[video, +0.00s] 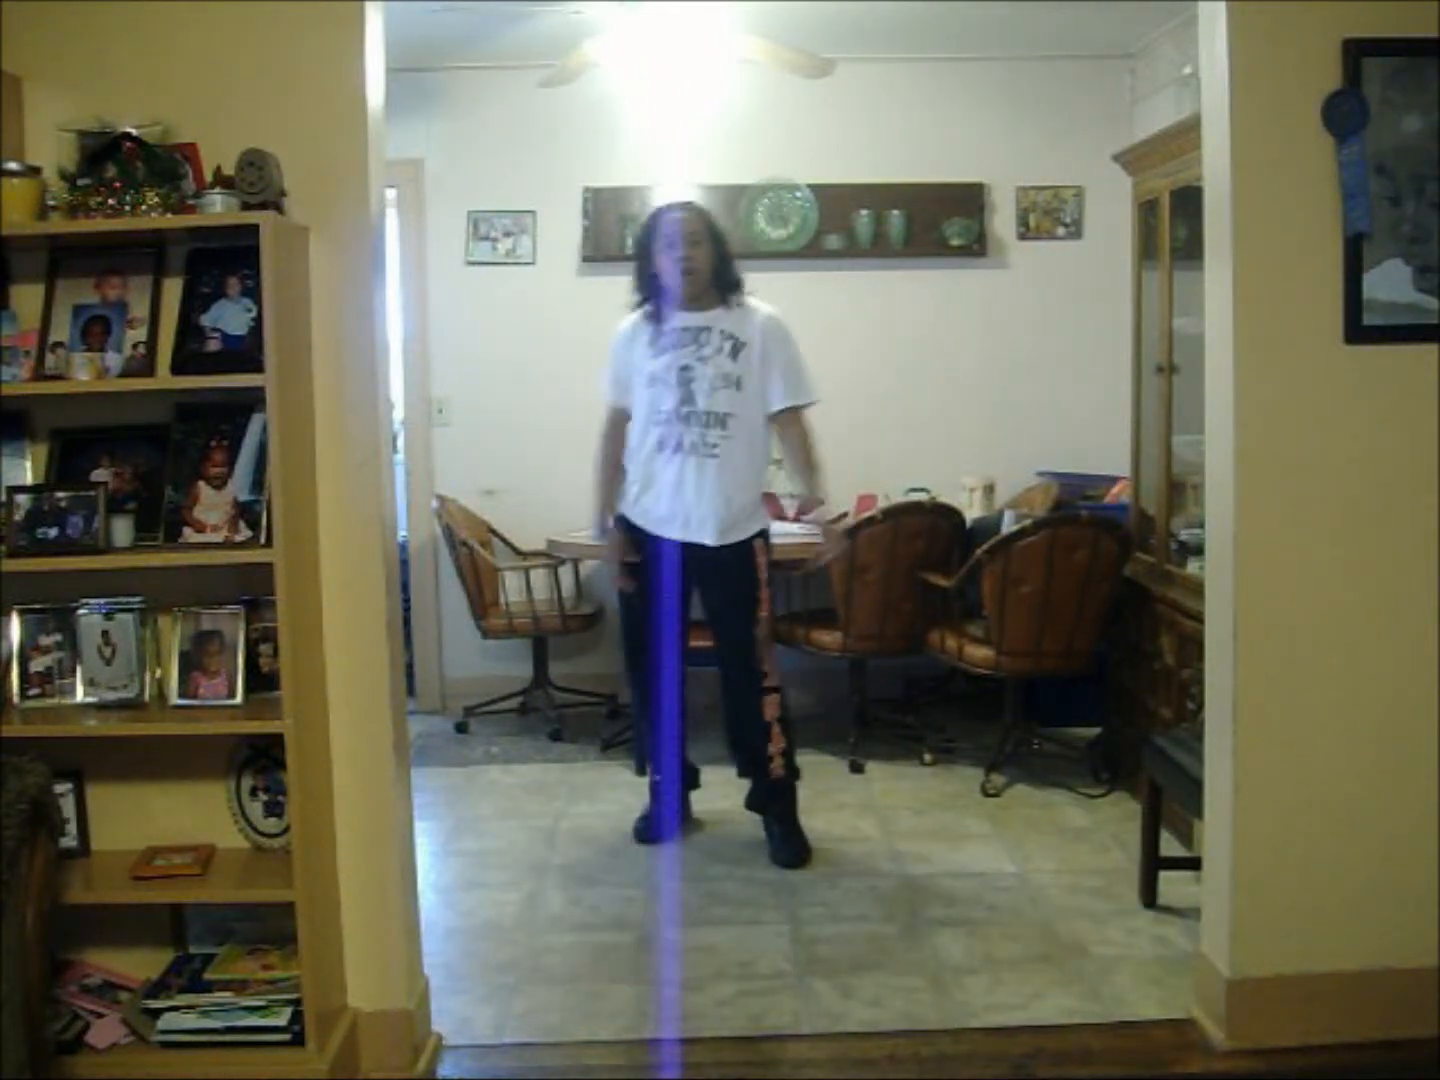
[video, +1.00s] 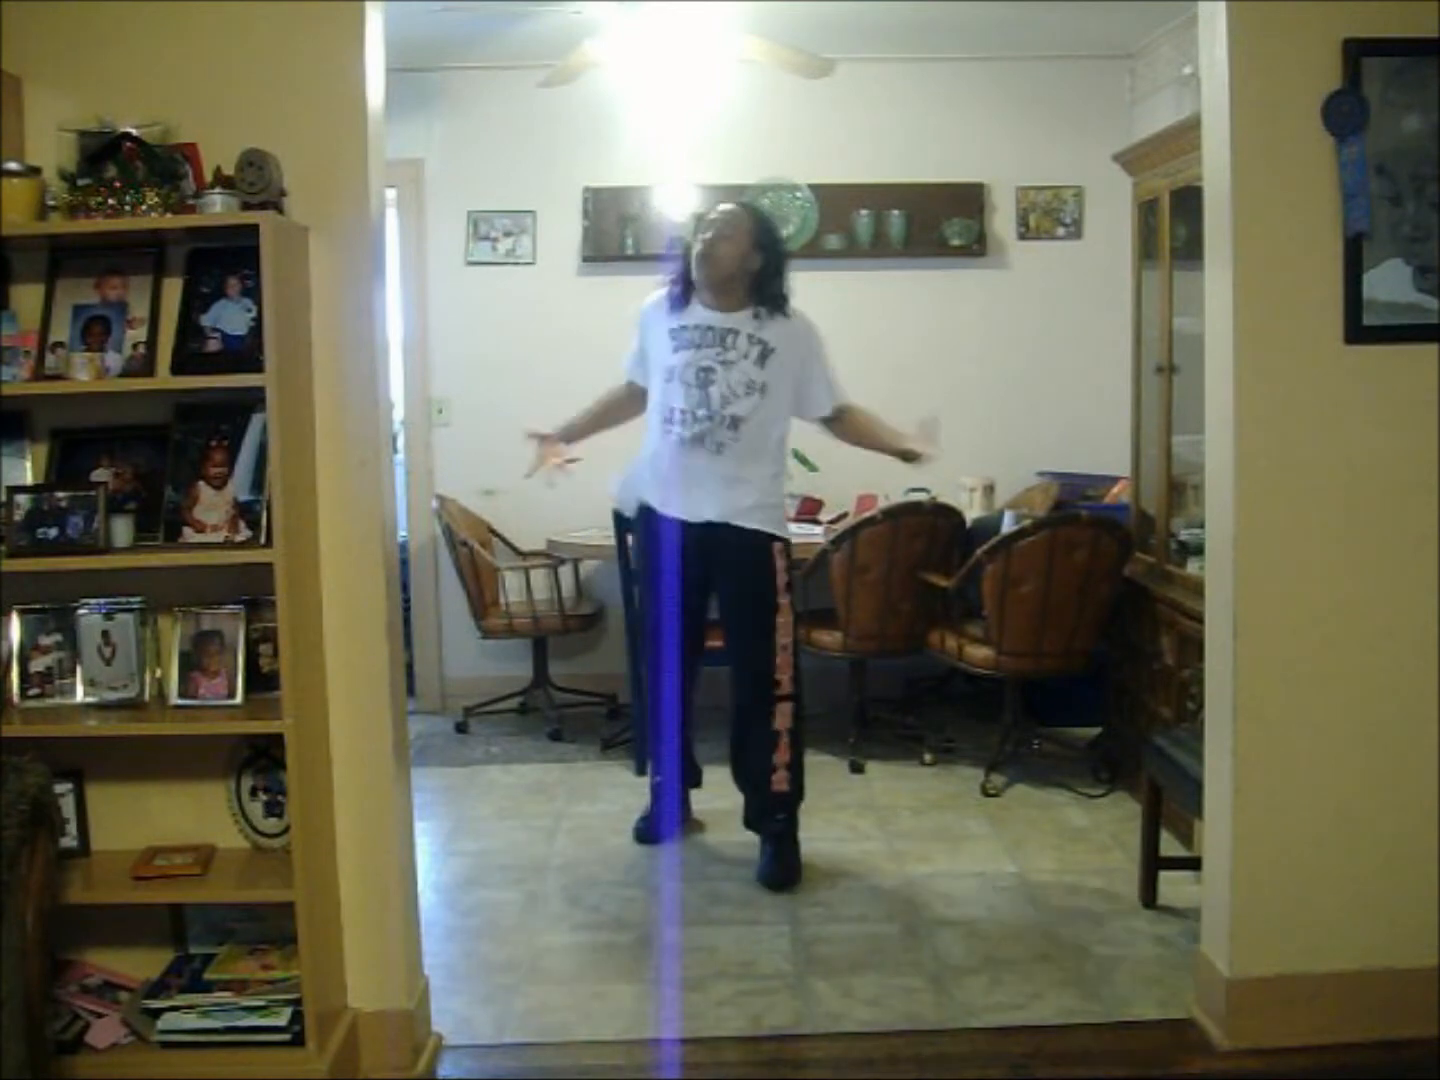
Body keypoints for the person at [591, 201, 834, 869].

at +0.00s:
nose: (682, 256)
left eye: (693, 244)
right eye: (669, 246)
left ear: (718, 252)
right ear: (648, 260)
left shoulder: (759, 328)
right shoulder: (633, 337)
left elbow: (788, 419)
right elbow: (615, 432)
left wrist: (812, 491)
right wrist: (608, 520)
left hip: (734, 523)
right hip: (650, 523)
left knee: (750, 665)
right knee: (654, 667)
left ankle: (777, 803)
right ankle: (667, 797)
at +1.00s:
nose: (709, 240)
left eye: (728, 233)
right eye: (705, 229)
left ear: (757, 258)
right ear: (691, 249)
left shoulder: (789, 331)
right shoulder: (661, 316)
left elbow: (834, 412)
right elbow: (635, 391)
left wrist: (896, 443)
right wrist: (567, 431)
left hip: (749, 517)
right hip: (665, 512)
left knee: (765, 670)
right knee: (664, 662)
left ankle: (777, 824)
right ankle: (669, 796)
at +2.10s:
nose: (614, 272)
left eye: (624, 258)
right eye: (612, 260)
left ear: (663, 256)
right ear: (633, 264)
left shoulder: (730, 323)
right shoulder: (633, 343)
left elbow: (765, 429)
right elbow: (615, 435)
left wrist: (779, 521)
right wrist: (579, 487)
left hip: (726, 531)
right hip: (648, 530)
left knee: (742, 676)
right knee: (658, 670)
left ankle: (773, 821)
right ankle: (678, 793)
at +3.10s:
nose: (702, 268)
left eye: (716, 257)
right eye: (691, 257)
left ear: (739, 267)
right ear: (674, 267)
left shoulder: (775, 347)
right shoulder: (647, 342)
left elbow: (773, 462)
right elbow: (630, 438)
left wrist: (752, 556)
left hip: (756, 513)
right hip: (677, 514)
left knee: (762, 660)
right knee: (661, 651)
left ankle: (753, 788)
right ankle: (652, 772)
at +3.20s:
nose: (709, 278)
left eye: (722, 266)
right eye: (697, 266)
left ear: (745, 274)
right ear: (676, 275)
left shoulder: (780, 346)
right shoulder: (647, 348)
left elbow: (780, 460)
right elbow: (612, 452)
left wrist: (755, 553)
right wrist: (593, 547)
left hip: (761, 517)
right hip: (679, 517)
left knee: (760, 661)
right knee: (664, 653)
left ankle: (753, 789)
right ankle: (649, 775)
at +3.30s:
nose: (705, 273)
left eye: (718, 262)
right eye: (693, 262)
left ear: (741, 269)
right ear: (674, 268)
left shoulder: (780, 338)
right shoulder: (641, 340)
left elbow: (789, 451)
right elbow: (623, 437)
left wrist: (763, 541)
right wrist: (625, 517)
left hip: (756, 519)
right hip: (672, 522)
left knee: (756, 666)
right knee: (669, 674)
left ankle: (755, 796)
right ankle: (649, 832)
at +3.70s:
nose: (668, 287)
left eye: (683, 273)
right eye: (657, 272)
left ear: (714, 276)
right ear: (638, 275)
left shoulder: (754, 345)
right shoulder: (613, 344)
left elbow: (764, 462)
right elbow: (598, 455)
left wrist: (735, 559)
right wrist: (597, 551)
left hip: (731, 534)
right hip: (647, 535)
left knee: (736, 679)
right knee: (660, 692)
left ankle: (743, 781)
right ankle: (651, 861)